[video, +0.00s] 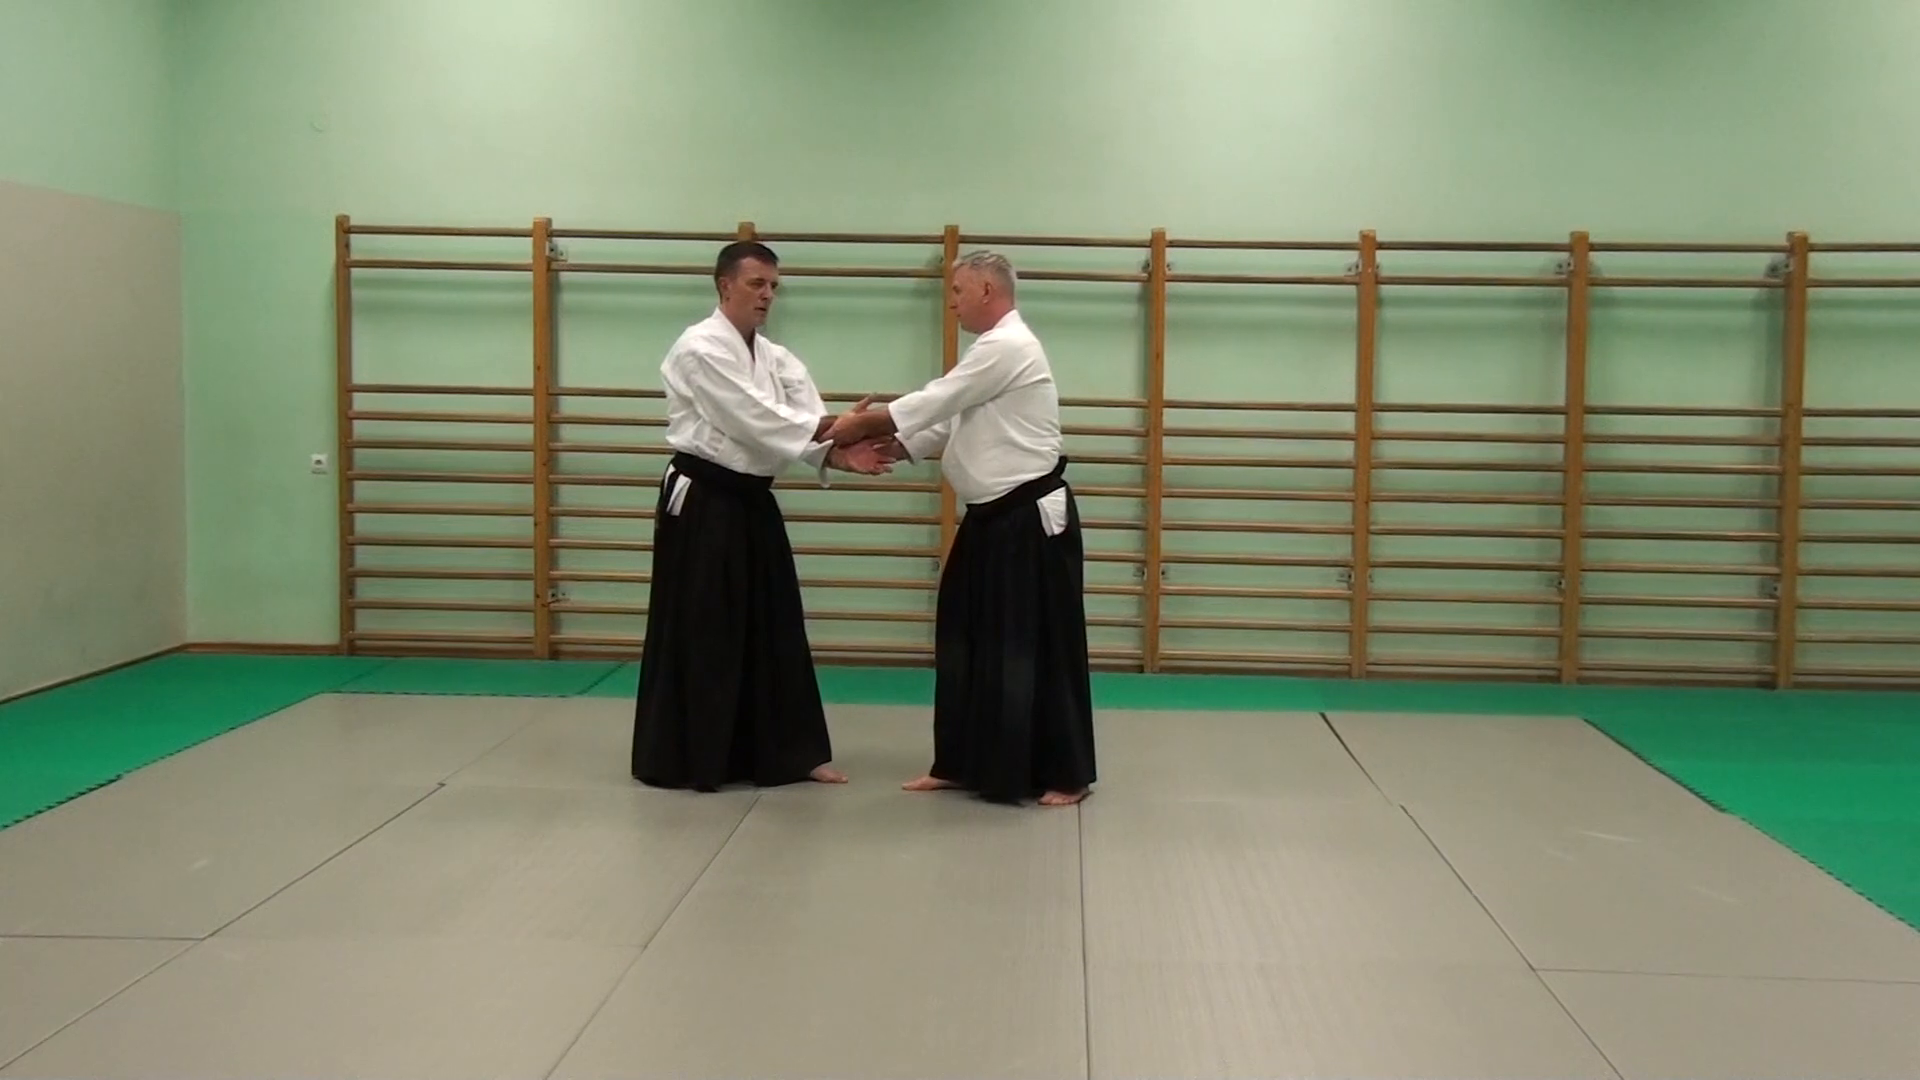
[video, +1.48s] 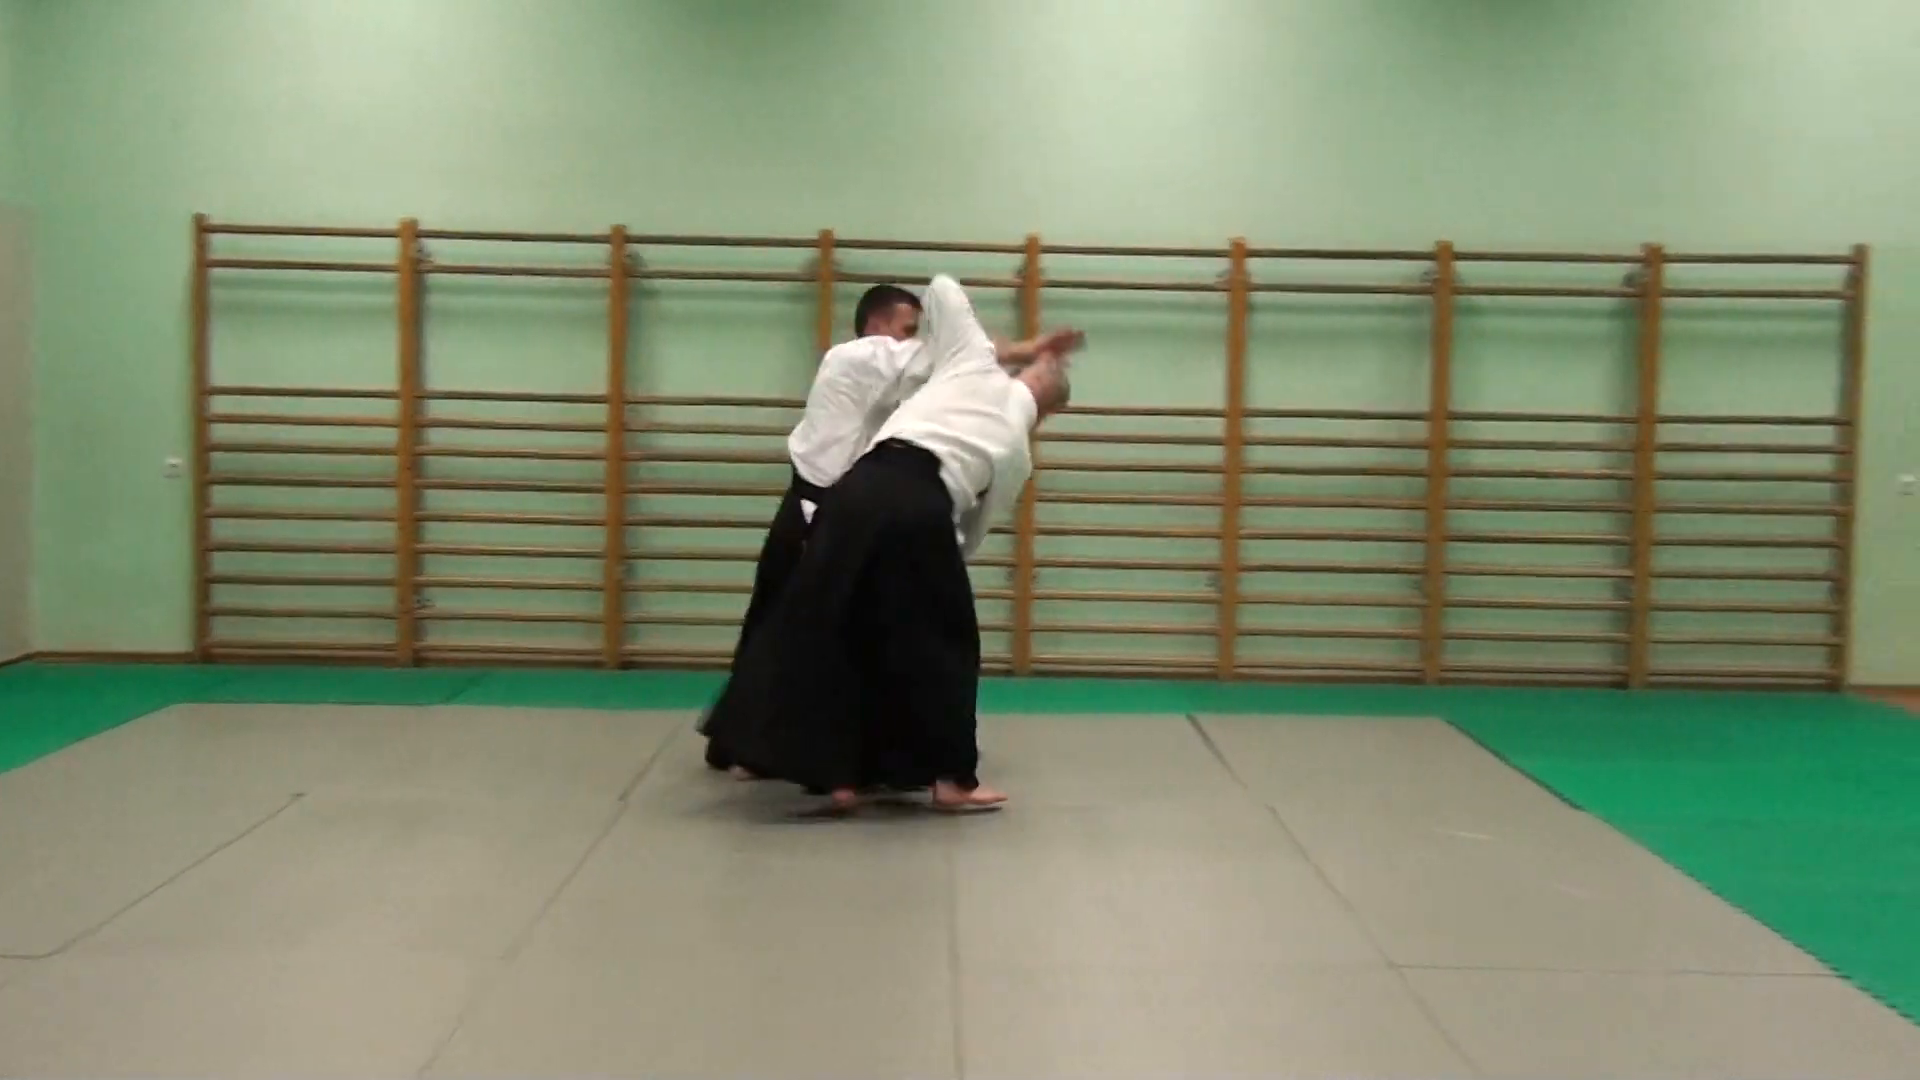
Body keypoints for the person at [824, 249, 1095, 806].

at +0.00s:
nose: (953, 304)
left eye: (958, 292)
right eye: (952, 294)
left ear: (988, 289)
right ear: (987, 290)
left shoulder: (1009, 346)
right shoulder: (990, 351)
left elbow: (934, 402)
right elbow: (949, 432)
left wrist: (859, 419)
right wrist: (889, 446)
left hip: (1032, 514)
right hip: (986, 516)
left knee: (1044, 645)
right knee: (961, 639)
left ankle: (1066, 775)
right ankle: (959, 765)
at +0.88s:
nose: (950, 301)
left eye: (956, 289)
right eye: (950, 292)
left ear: (987, 289)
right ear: (984, 291)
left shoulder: (1001, 330)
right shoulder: (972, 356)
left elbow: (938, 343)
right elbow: (934, 427)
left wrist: (869, 364)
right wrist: (870, 468)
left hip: (1028, 518)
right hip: (982, 521)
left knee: (1042, 645)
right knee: (956, 635)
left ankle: (1061, 774)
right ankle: (960, 762)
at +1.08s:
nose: (964, 311)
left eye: (974, 301)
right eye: (967, 302)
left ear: (995, 308)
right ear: (977, 310)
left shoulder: (996, 341)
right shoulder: (969, 369)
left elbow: (942, 268)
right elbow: (953, 469)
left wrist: (910, 299)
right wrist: (904, 526)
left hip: (1004, 513)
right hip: (982, 517)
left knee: (969, 641)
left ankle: (1011, 770)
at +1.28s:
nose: (997, 310)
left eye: (1005, 306)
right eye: (1008, 307)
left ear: (1005, 317)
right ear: (1024, 334)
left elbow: (942, 253)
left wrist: (923, 253)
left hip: (952, 488)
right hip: (999, 497)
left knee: (925, 626)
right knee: (965, 626)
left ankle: (954, 770)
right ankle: (960, 762)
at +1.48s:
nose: (1042, 373)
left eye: (1046, 371)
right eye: (1047, 370)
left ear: (1030, 372)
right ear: (1049, 408)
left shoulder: (971, 358)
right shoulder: (1018, 447)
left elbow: (944, 287)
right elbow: (975, 529)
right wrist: (939, 575)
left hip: (859, 487)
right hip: (922, 510)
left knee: (835, 634)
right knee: (950, 642)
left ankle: (841, 776)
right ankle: (952, 779)